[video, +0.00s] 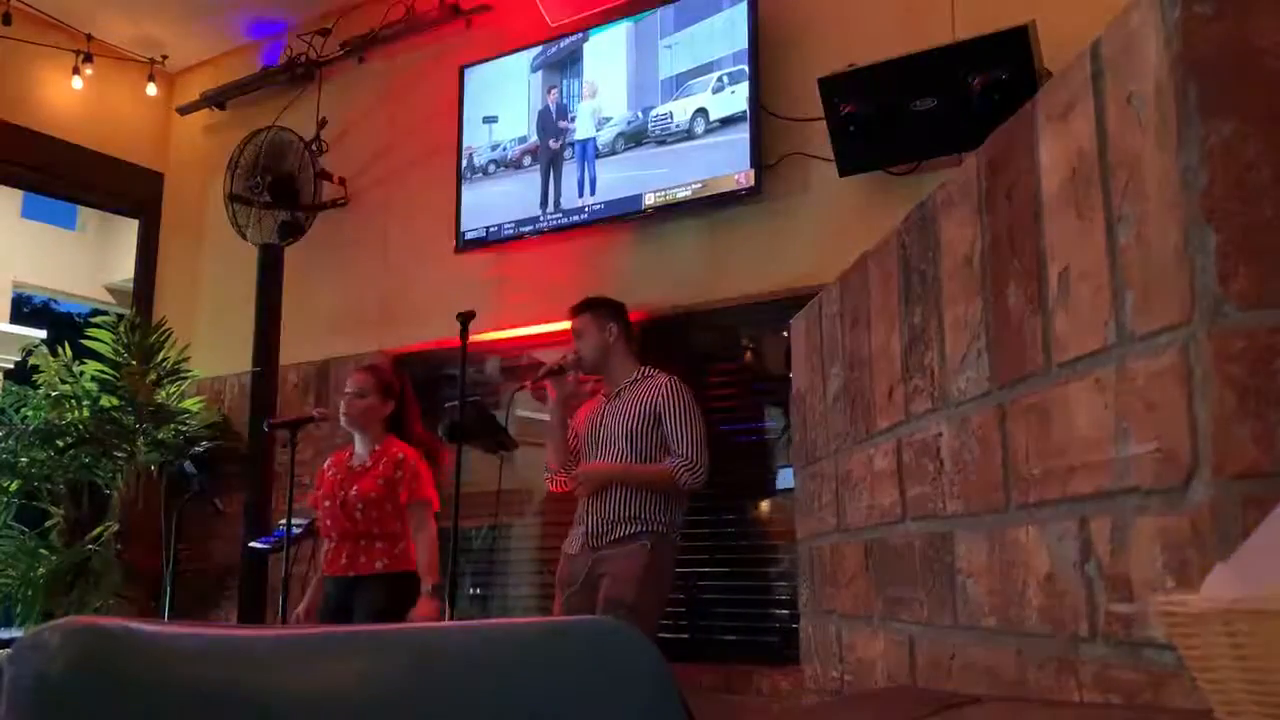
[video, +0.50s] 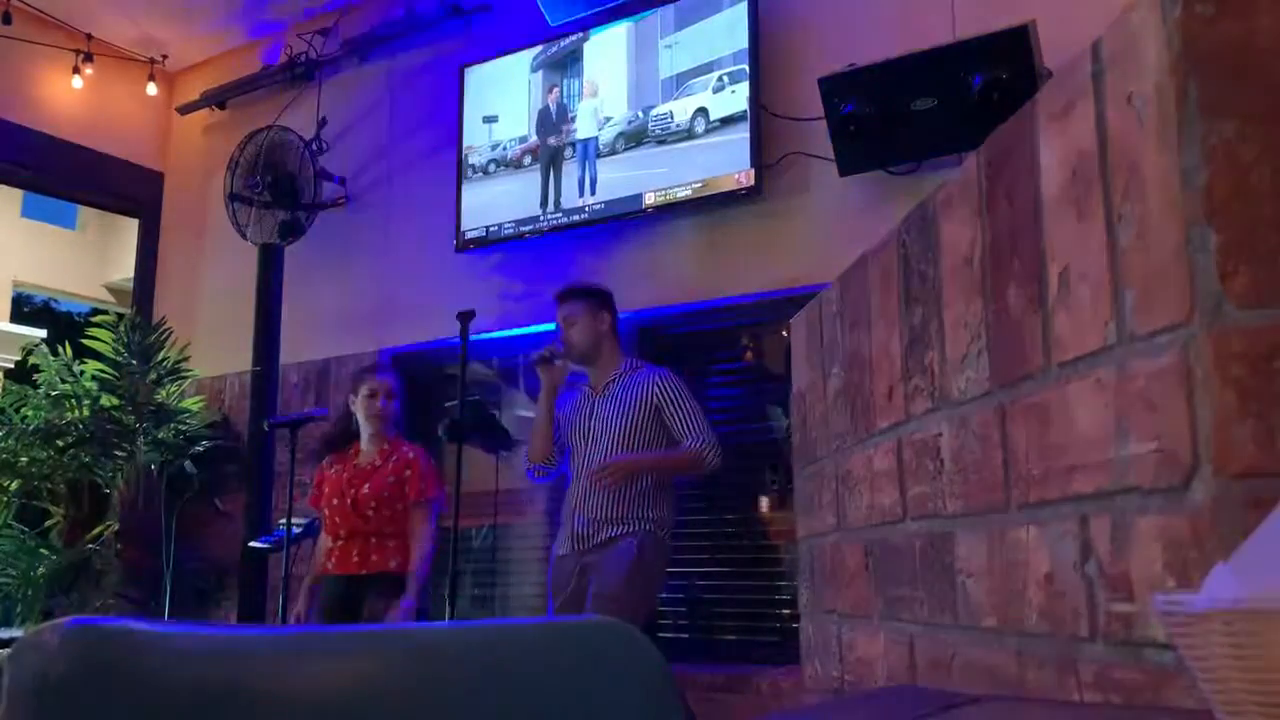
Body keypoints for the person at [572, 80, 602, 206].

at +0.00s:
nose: (584, 90)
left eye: (586, 88)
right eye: (583, 88)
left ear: (592, 89)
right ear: (583, 90)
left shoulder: (596, 104)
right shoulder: (580, 105)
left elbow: (598, 120)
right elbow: (578, 124)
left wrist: (592, 127)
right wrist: (567, 125)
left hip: (590, 136)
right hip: (579, 137)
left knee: (591, 166)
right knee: (580, 168)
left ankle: (592, 196)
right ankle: (580, 197)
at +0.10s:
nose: (583, 90)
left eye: (585, 88)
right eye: (583, 88)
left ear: (592, 89)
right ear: (583, 90)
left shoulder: (596, 102)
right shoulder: (580, 106)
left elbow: (599, 118)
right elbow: (578, 124)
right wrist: (567, 125)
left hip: (590, 136)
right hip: (579, 137)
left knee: (591, 166)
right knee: (580, 167)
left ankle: (592, 196)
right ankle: (581, 197)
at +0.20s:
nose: (584, 90)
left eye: (586, 88)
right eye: (583, 88)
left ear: (592, 89)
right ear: (583, 89)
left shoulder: (596, 102)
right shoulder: (581, 105)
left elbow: (600, 118)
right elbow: (579, 124)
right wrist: (567, 124)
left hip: (590, 135)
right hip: (579, 136)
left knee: (591, 165)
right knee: (580, 167)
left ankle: (592, 196)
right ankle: (581, 197)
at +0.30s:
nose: (584, 90)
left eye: (586, 87)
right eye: (583, 87)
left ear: (592, 89)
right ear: (583, 89)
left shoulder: (596, 102)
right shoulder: (581, 105)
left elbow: (599, 117)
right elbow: (579, 124)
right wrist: (567, 125)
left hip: (591, 135)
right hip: (579, 136)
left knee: (591, 166)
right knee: (580, 168)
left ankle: (592, 196)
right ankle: (580, 197)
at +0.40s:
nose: (584, 90)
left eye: (586, 87)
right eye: (583, 87)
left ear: (592, 89)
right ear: (583, 89)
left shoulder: (596, 102)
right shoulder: (581, 104)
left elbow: (600, 117)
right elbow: (578, 121)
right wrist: (570, 126)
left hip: (591, 135)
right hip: (579, 136)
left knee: (591, 166)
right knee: (580, 167)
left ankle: (592, 196)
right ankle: (580, 197)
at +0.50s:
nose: (584, 89)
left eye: (586, 87)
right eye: (584, 87)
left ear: (592, 88)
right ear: (584, 89)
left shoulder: (597, 101)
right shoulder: (581, 103)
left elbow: (600, 118)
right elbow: (578, 119)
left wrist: (596, 127)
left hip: (592, 134)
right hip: (580, 135)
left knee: (592, 165)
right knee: (580, 167)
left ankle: (592, 195)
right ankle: (581, 197)